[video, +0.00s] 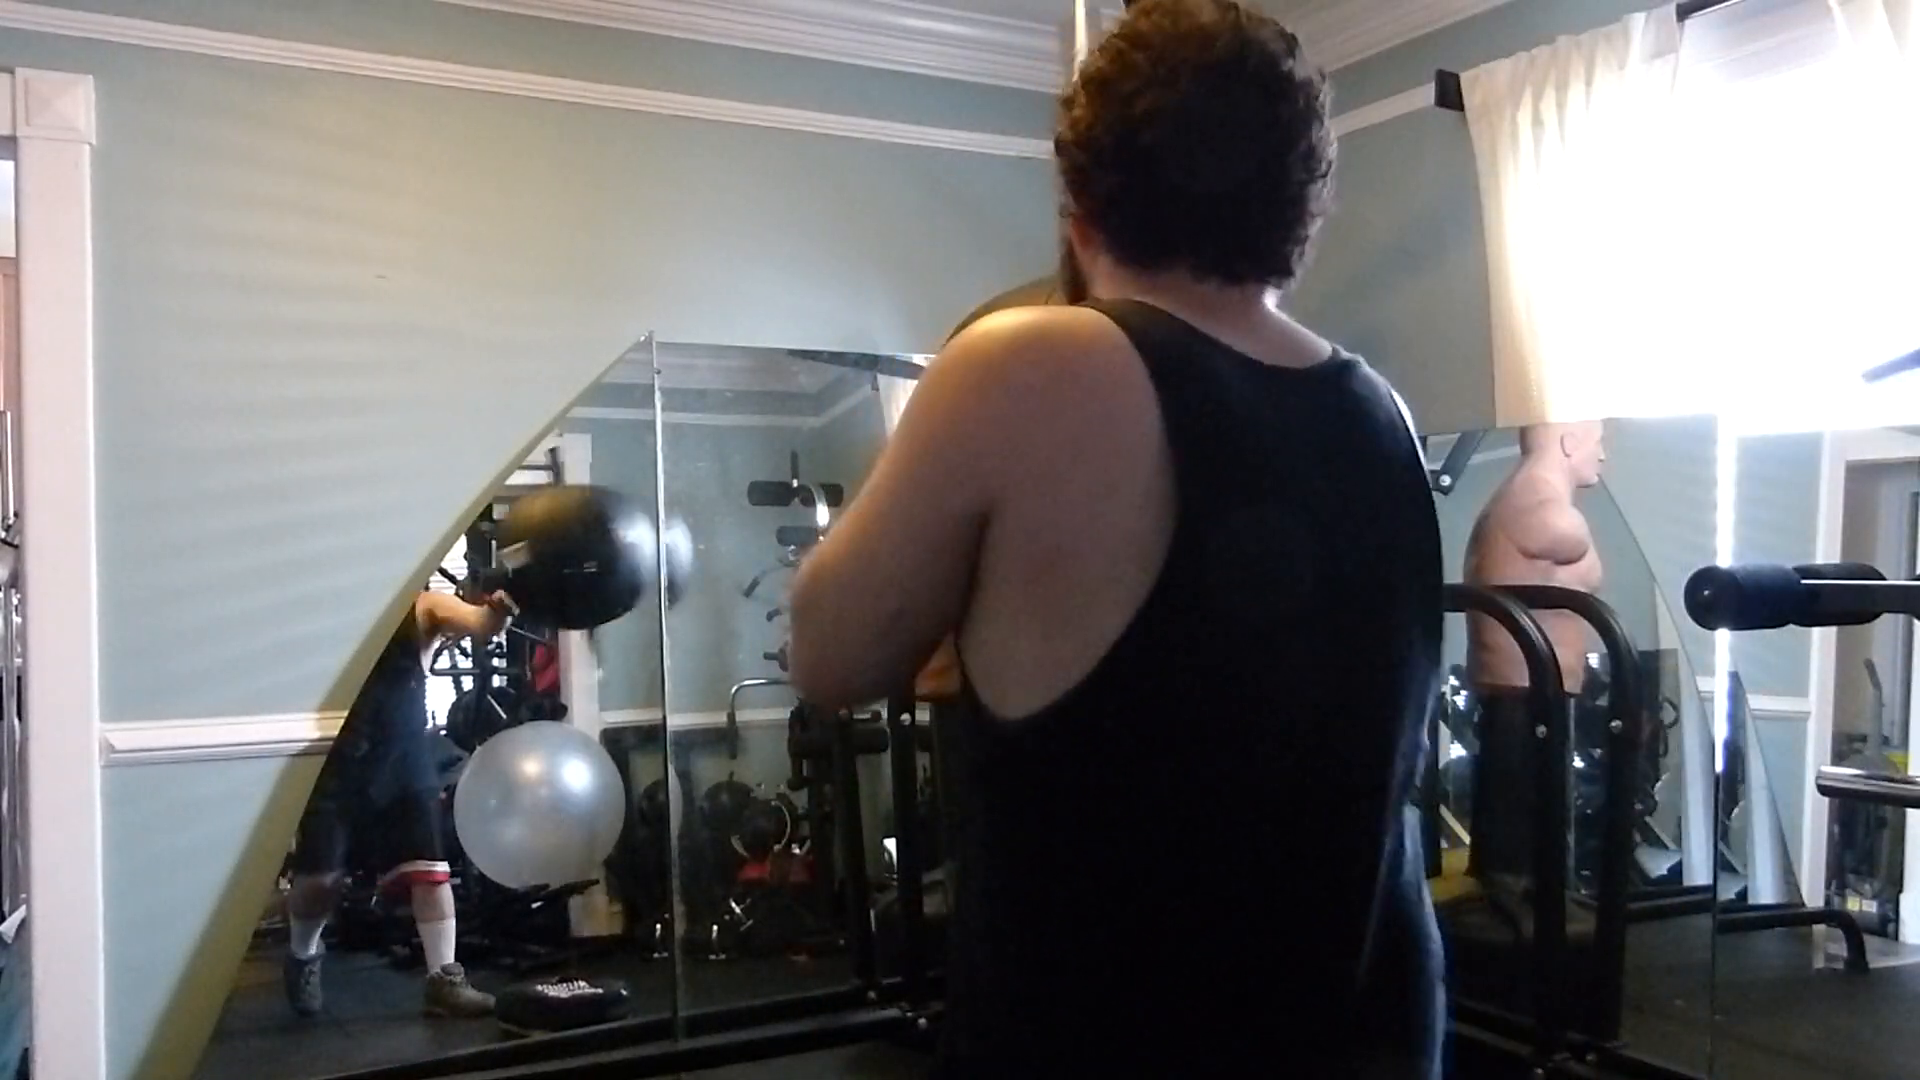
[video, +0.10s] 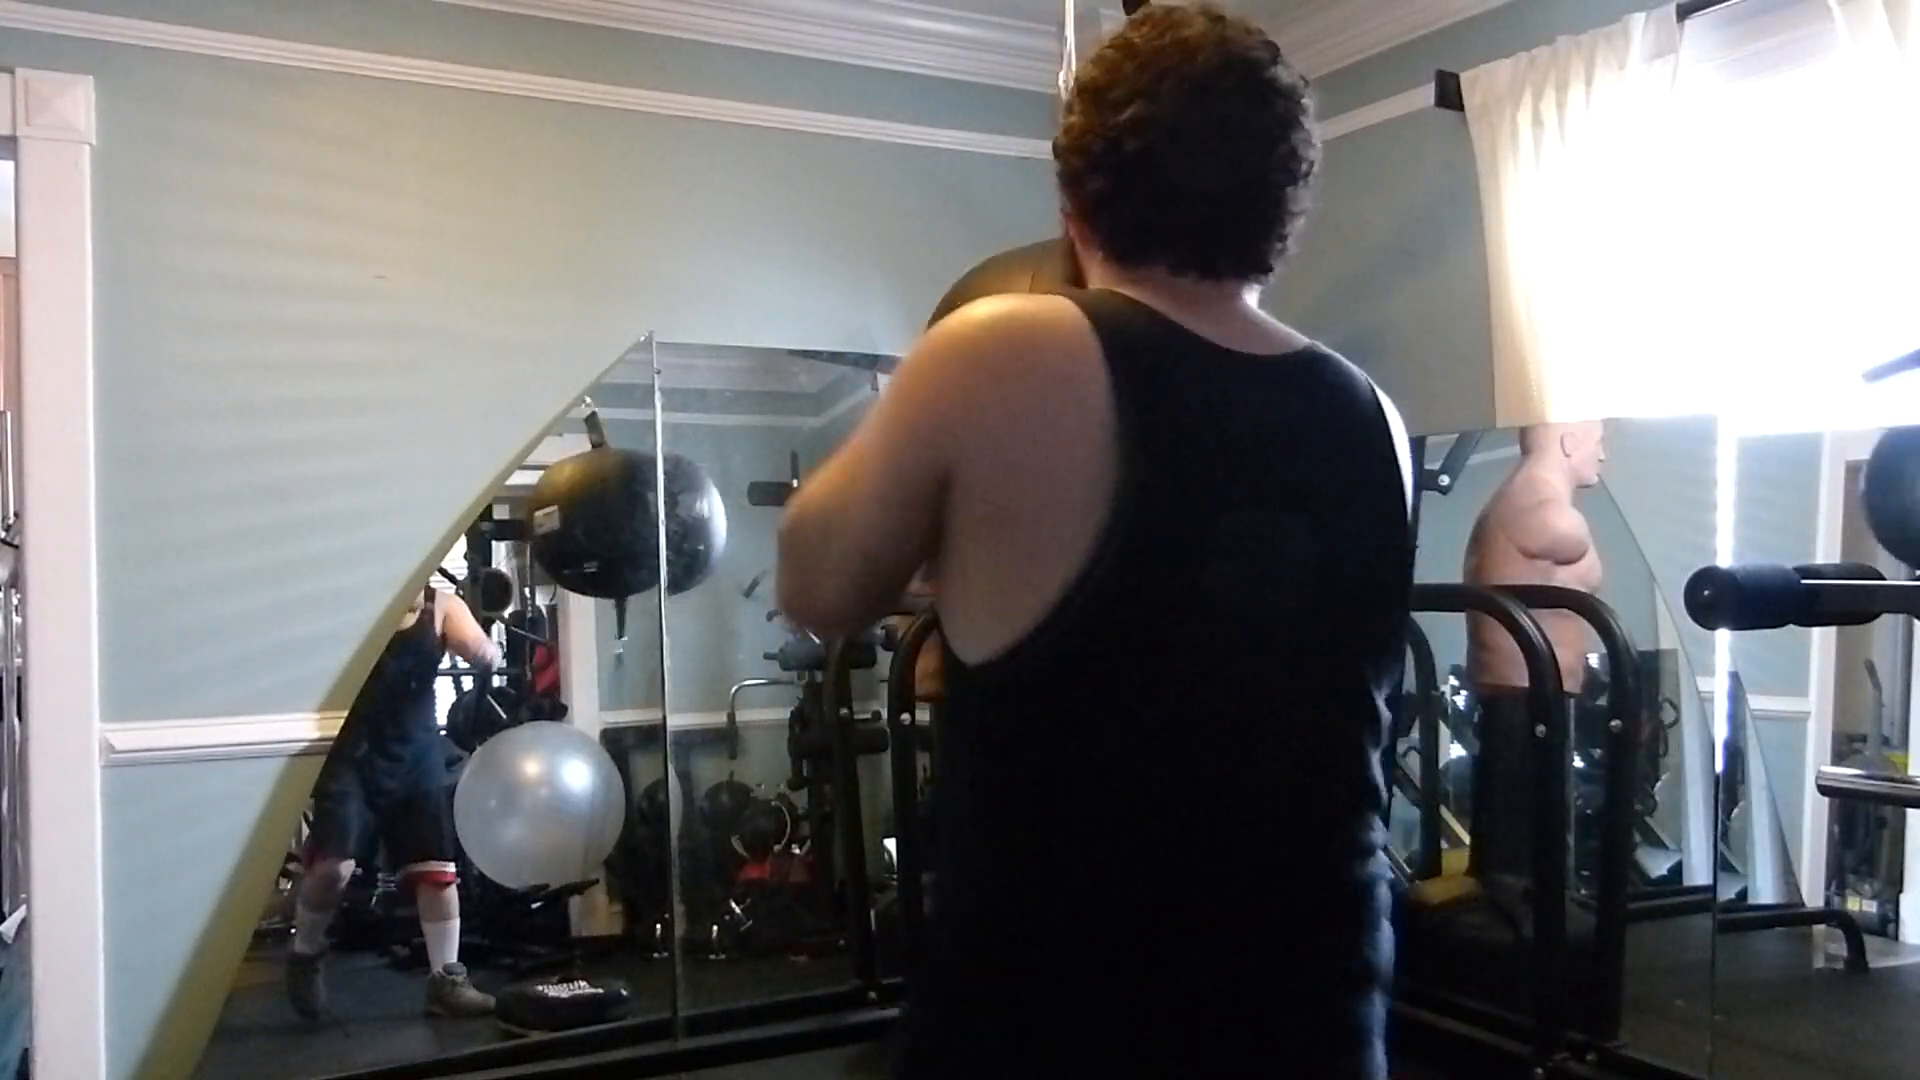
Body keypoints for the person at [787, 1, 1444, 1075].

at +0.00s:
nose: (1061, 207)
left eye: (1063, 182)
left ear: (1080, 200)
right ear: (1303, 212)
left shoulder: (1025, 367)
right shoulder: (1376, 408)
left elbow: (830, 660)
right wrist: (992, 624)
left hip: (1083, 1020)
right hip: (1363, 1024)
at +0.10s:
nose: (1056, 210)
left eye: (1062, 185)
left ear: (1080, 201)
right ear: (1285, 217)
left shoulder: (994, 360)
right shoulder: (1374, 421)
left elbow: (816, 588)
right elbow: (1329, 658)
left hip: (1042, 981)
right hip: (1313, 983)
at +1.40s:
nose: (859, 269)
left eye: (856, 241)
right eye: (854, 241)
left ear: (649, 280)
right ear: (821, 260)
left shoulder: (607, 469)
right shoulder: (896, 453)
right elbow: (1092, 762)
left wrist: (986, 460)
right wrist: (1140, 614)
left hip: (643, 1012)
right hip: (886, 1022)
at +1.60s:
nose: (837, 287)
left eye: (832, 256)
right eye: (830, 254)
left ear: (627, 288)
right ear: (798, 264)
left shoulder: (562, 487)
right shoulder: (853, 449)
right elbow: (1074, 745)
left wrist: (909, 507)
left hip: (617, 1012)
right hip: (861, 1019)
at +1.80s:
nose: (763, 282)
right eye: (751, 256)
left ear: (553, 323)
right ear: (736, 277)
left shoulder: (496, 509)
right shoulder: (912, 433)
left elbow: (517, 707)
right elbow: (1040, 541)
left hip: (610, 1031)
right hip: (893, 1024)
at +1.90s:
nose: (726, 299)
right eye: (717, 277)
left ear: (519, 335)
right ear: (701, 293)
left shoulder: (459, 516)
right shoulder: (875, 442)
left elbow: (491, 750)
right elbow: (1059, 622)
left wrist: (438, 650)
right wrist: (881, 633)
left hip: (625, 1038)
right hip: (912, 1026)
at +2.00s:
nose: (689, 317)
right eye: (679, 294)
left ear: (483, 355)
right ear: (660, 309)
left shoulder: (425, 534)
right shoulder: (841, 448)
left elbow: (475, 754)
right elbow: (1028, 669)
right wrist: (838, 731)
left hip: (623, 1044)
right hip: (908, 1026)